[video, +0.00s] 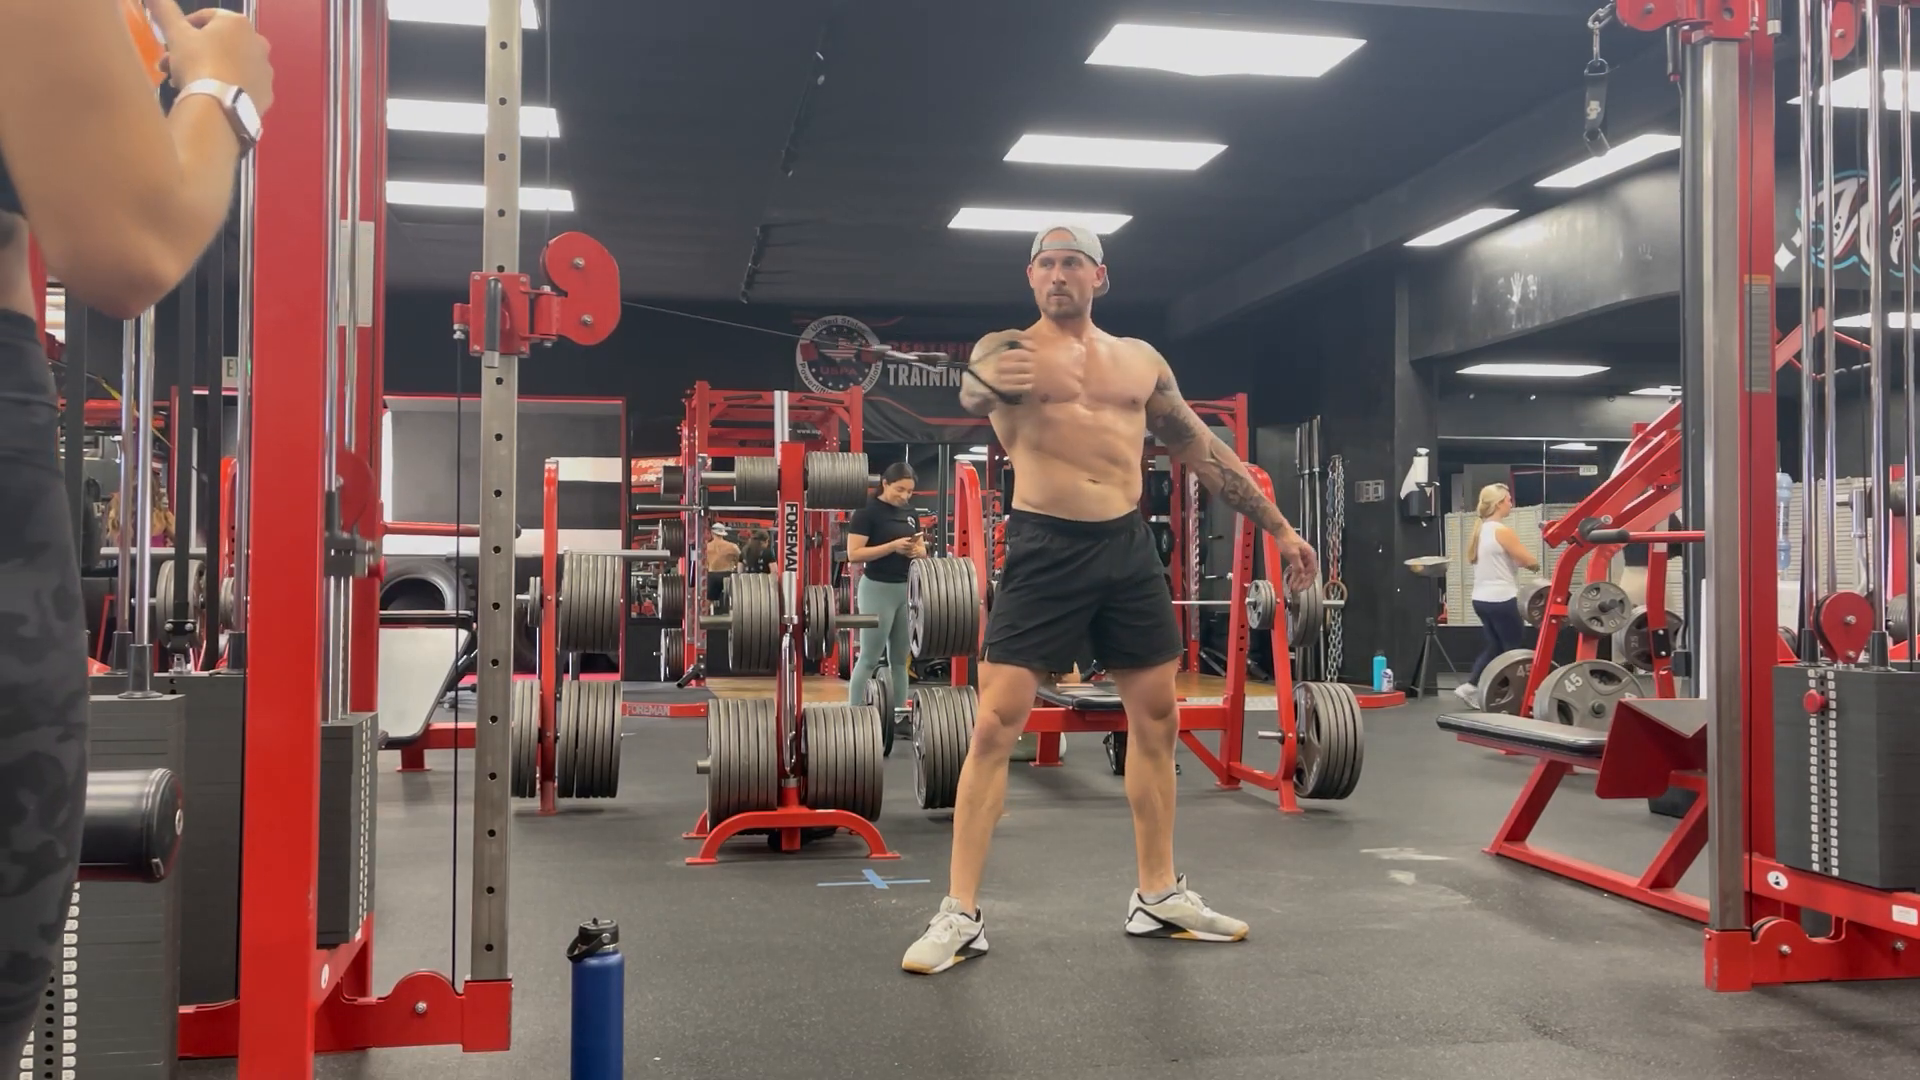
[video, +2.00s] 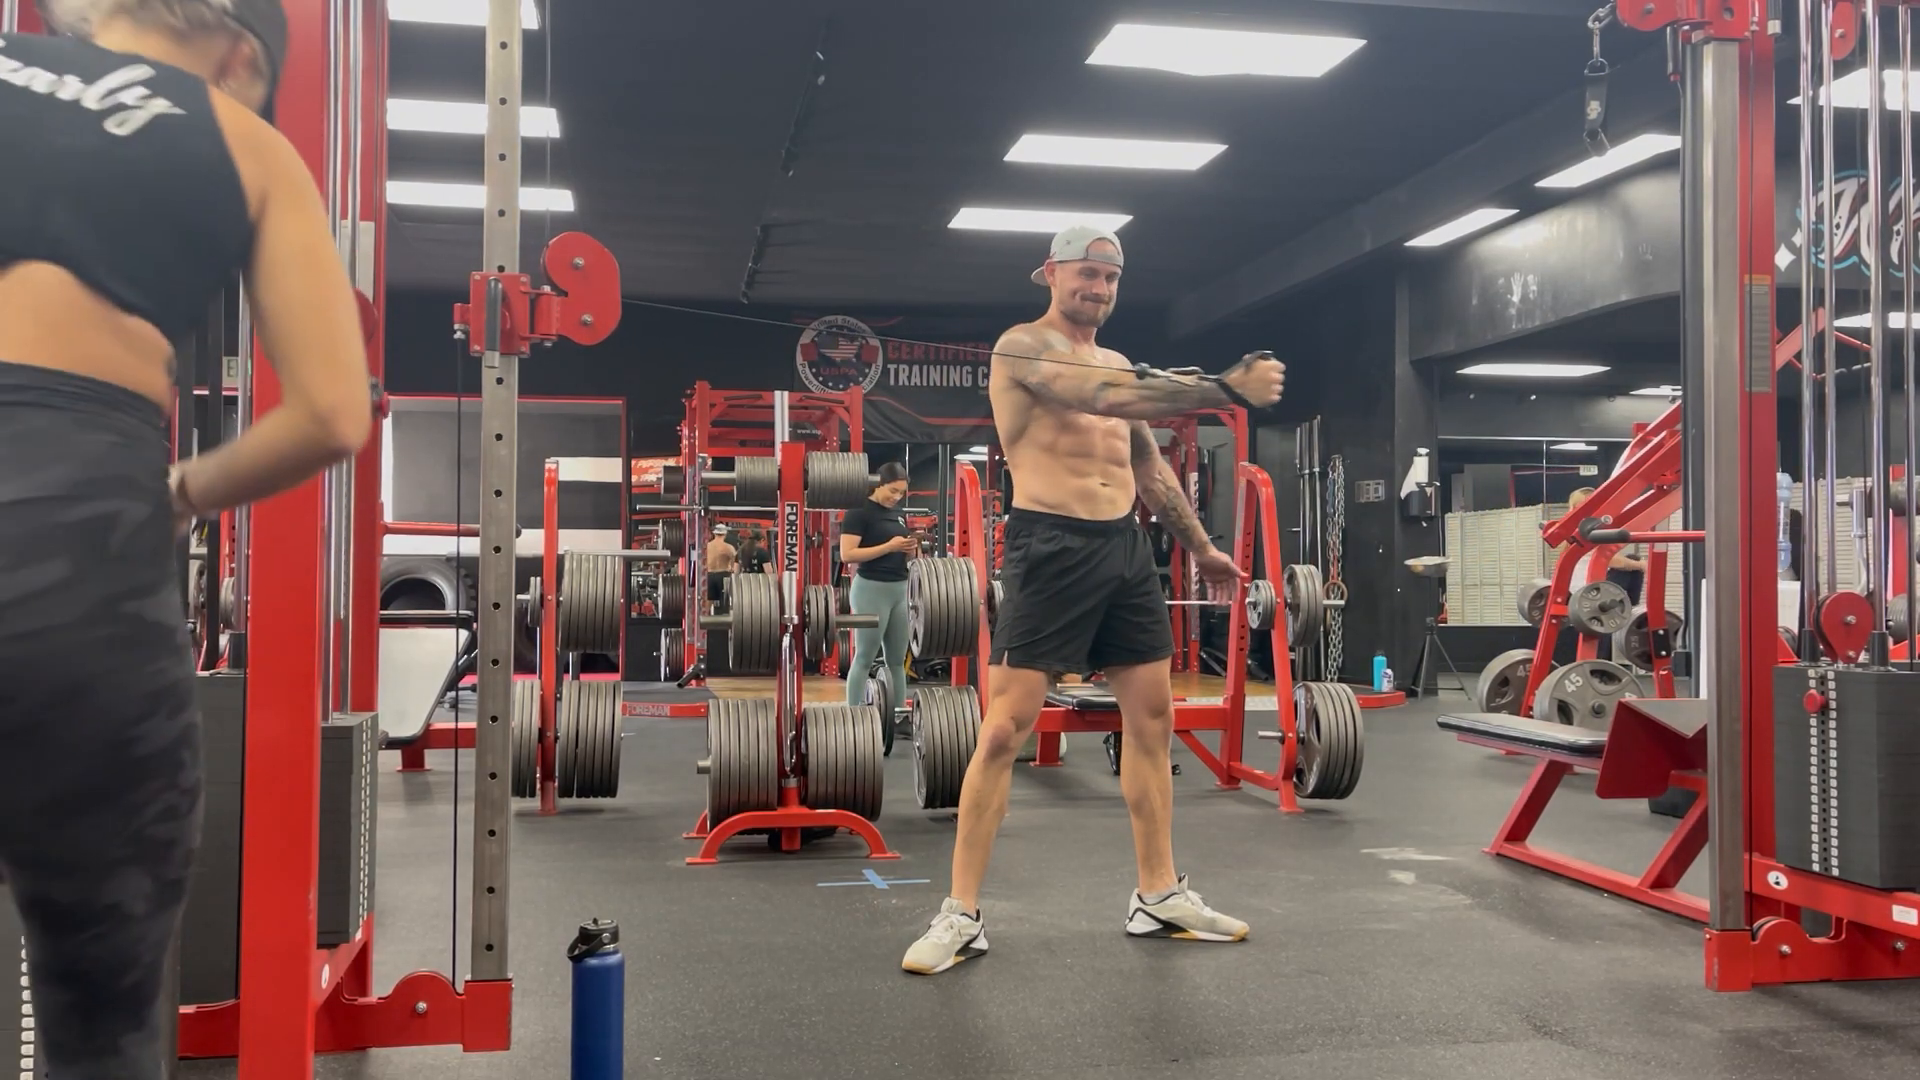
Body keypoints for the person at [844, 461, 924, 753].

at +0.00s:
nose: (905, 496)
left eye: (909, 491)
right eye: (900, 490)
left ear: (912, 490)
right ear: (885, 484)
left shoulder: (909, 514)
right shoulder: (867, 513)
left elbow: (921, 551)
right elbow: (853, 553)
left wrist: (919, 549)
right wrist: (892, 547)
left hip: (904, 591)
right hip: (876, 590)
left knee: (900, 660)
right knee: (869, 658)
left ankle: (900, 717)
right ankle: (854, 716)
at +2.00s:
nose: (898, 497)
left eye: (901, 493)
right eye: (894, 491)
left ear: (903, 491)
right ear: (879, 485)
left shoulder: (895, 515)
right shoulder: (858, 513)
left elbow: (900, 555)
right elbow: (846, 554)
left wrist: (911, 548)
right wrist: (889, 547)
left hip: (898, 590)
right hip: (870, 589)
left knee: (897, 660)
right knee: (865, 657)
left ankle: (901, 715)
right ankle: (853, 716)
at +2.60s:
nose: (897, 498)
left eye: (901, 493)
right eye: (893, 492)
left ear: (904, 491)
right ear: (879, 485)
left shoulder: (895, 514)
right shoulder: (858, 513)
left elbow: (898, 556)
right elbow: (846, 554)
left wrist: (910, 548)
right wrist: (887, 548)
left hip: (898, 590)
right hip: (870, 590)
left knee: (897, 661)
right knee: (864, 659)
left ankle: (900, 716)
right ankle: (853, 719)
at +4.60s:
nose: (889, 497)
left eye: (894, 493)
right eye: (886, 490)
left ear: (897, 490)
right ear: (871, 484)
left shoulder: (890, 512)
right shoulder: (852, 512)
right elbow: (841, 555)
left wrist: (904, 546)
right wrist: (882, 548)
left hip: (893, 590)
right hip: (864, 589)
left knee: (895, 661)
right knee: (860, 659)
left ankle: (897, 720)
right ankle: (853, 721)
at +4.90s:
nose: (887, 497)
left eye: (891, 492)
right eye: (884, 490)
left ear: (893, 489)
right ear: (869, 484)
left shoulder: (879, 512)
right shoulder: (849, 512)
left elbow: (874, 548)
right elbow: (837, 555)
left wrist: (894, 545)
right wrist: (880, 549)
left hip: (883, 590)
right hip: (856, 590)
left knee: (889, 660)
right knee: (854, 660)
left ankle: (898, 718)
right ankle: (851, 721)